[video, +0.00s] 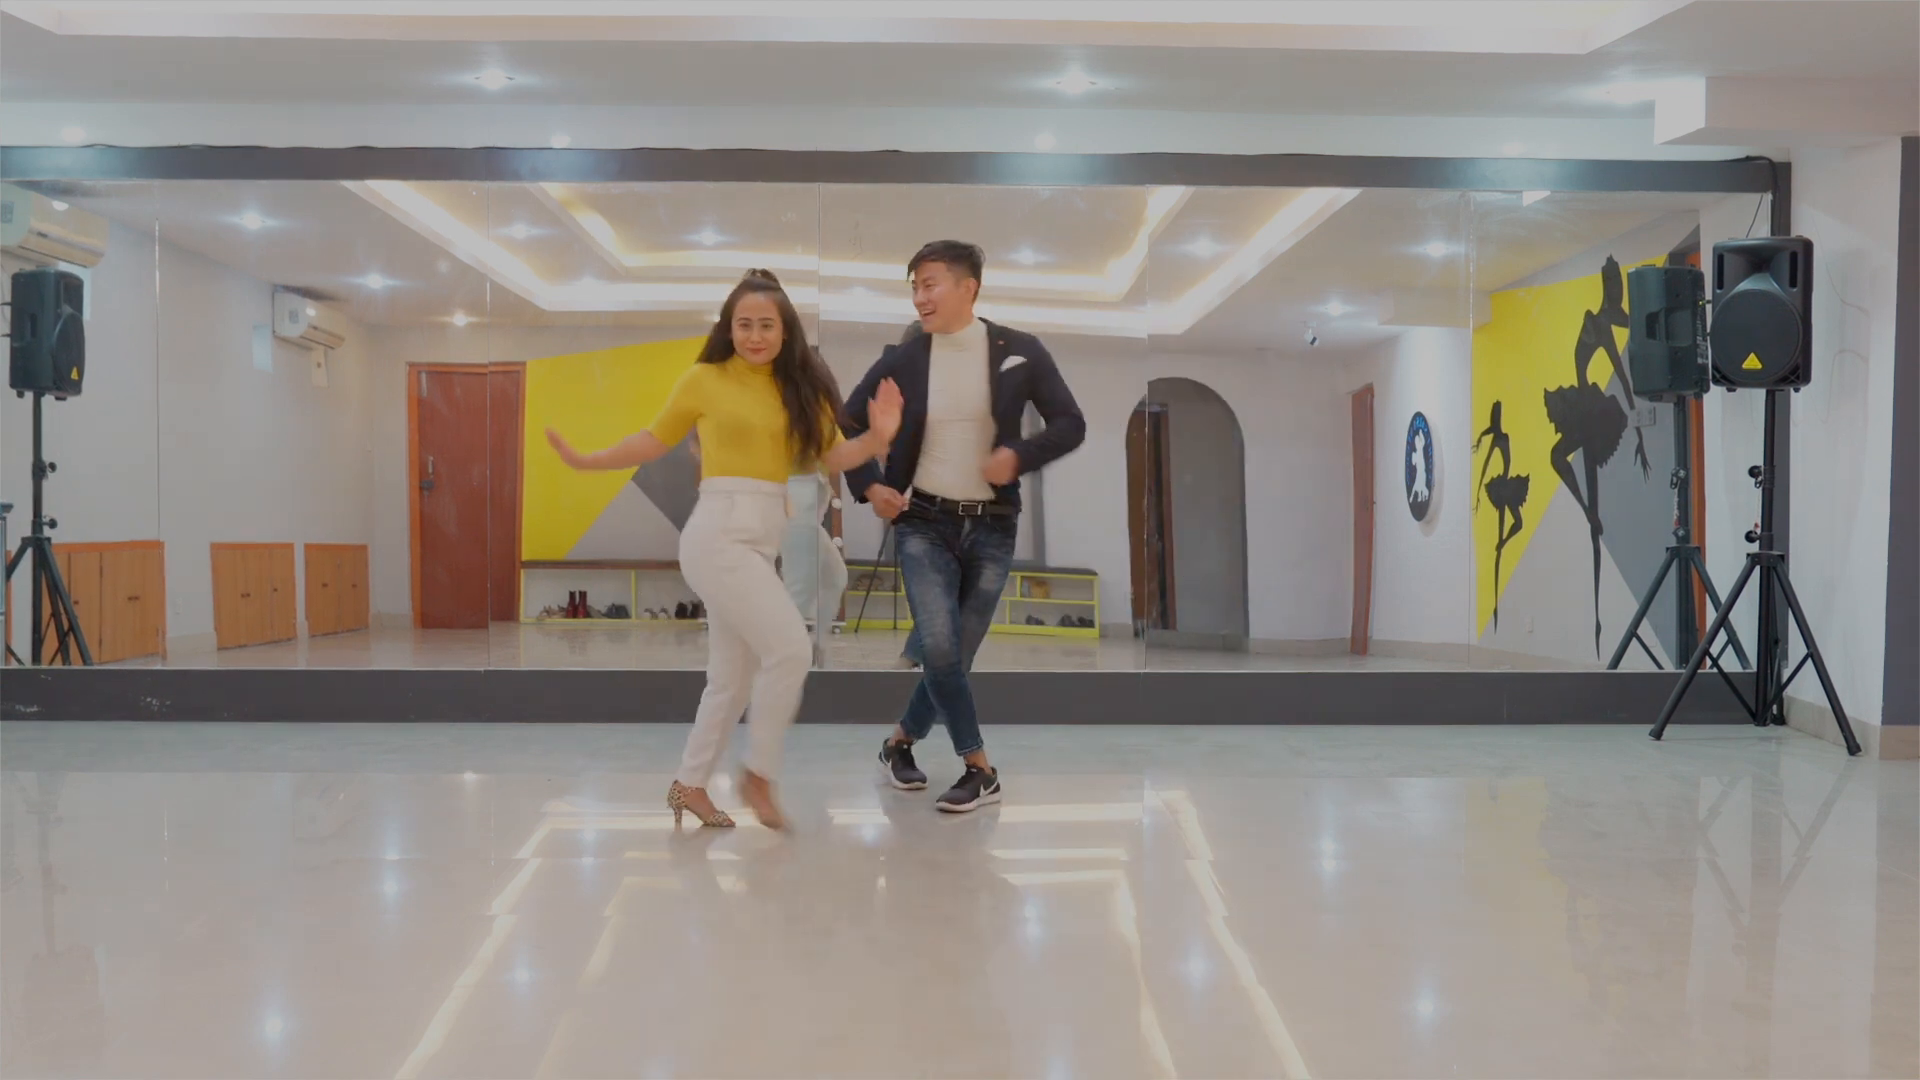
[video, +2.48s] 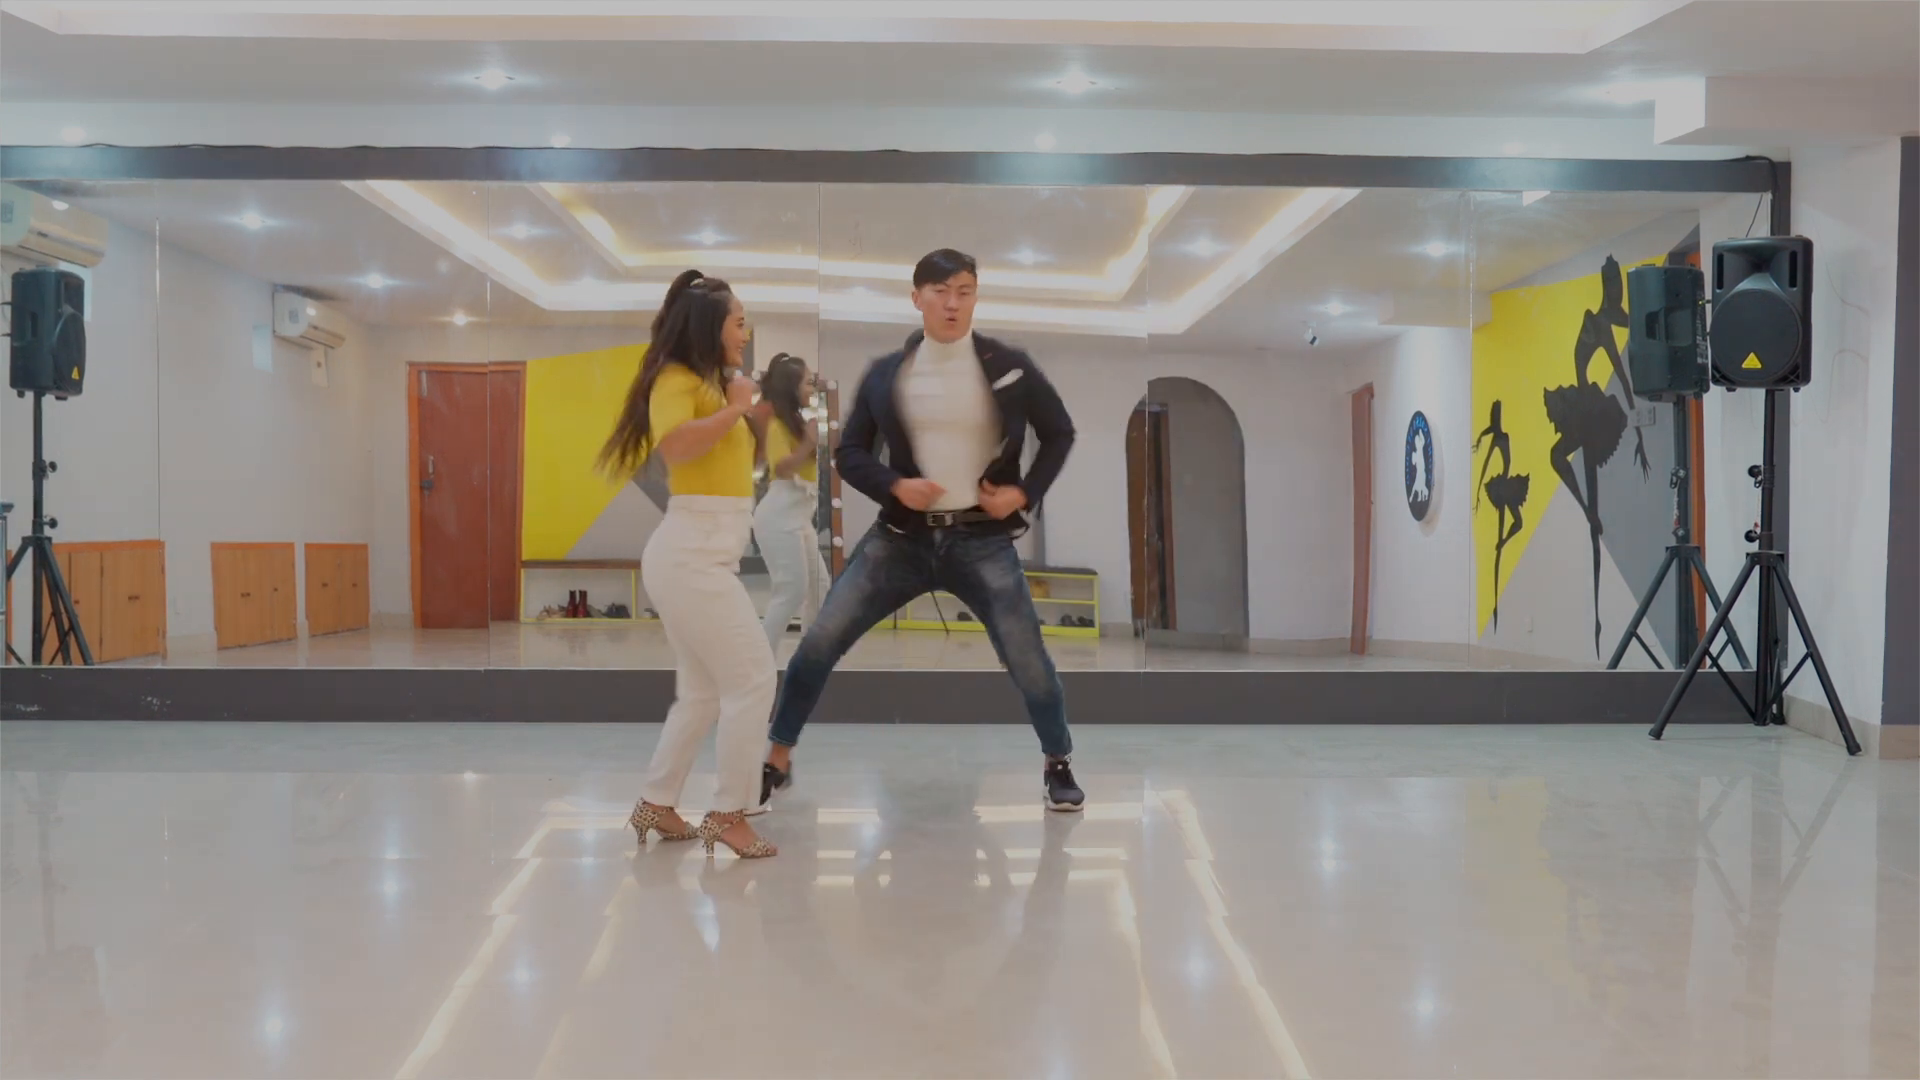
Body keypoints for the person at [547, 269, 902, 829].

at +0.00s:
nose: (756, 335)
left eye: (767, 324)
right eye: (744, 323)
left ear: (786, 330)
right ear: (728, 327)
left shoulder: (798, 392)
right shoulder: (705, 380)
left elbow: (830, 458)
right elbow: (655, 440)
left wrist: (878, 437)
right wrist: (586, 461)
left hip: (766, 542)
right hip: (717, 536)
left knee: (730, 679)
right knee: (789, 648)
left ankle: (689, 783)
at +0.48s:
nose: (767, 341)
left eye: (779, 330)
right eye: (756, 329)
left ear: (797, 335)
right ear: (741, 333)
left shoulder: (813, 392)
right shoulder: (721, 392)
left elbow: (829, 471)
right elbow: (696, 470)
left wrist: (865, 463)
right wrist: (700, 485)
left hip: (802, 546)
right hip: (734, 543)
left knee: (797, 664)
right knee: (737, 660)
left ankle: (768, 777)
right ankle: (786, 772)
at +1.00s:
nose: (770, 313)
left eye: (782, 306)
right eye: (759, 305)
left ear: (798, 320)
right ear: (741, 316)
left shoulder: (816, 383)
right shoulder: (718, 382)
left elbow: (850, 458)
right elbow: (675, 452)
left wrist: (897, 489)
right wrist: (632, 413)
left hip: (804, 529)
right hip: (739, 533)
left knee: (763, 642)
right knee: (751, 667)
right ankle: (791, 786)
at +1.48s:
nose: (747, 318)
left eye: (760, 311)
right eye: (738, 308)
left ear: (777, 329)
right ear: (721, 321)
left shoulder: (783, 390)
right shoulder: (698, 388)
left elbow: (780, 459)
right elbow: (670, 456)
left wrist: (748, 416)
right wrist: (600, 471)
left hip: (769, 542)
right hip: (703, 543)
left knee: (755, 672)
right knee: (694, 683)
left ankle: (749, 801)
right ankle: (743, 778)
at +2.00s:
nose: (746, 329)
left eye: (747, 321)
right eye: (733, 318)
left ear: (740, 334)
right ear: (695, 327)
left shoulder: (746, 398)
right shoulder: (657, 393)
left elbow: (791, 459)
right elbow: (628, 454)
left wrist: (790, 390)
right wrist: (602, 389)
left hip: (729, 552)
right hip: (659, 547)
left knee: (703, 681)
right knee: (644, 689)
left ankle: (677, 807)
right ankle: (680, 781)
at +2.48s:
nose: (746, 333)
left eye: (744, 323)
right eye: (738, 324)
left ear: (717, 327)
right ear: (707, 329)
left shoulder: (718, 385)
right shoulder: (675, 380)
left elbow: (749, 460)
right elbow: (676, 447)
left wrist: (756, 418)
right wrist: (735, 408)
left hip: (702, 558)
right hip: (689, 558)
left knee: (701, 693)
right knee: (753, 676)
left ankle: (657, 804)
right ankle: (729, 813)